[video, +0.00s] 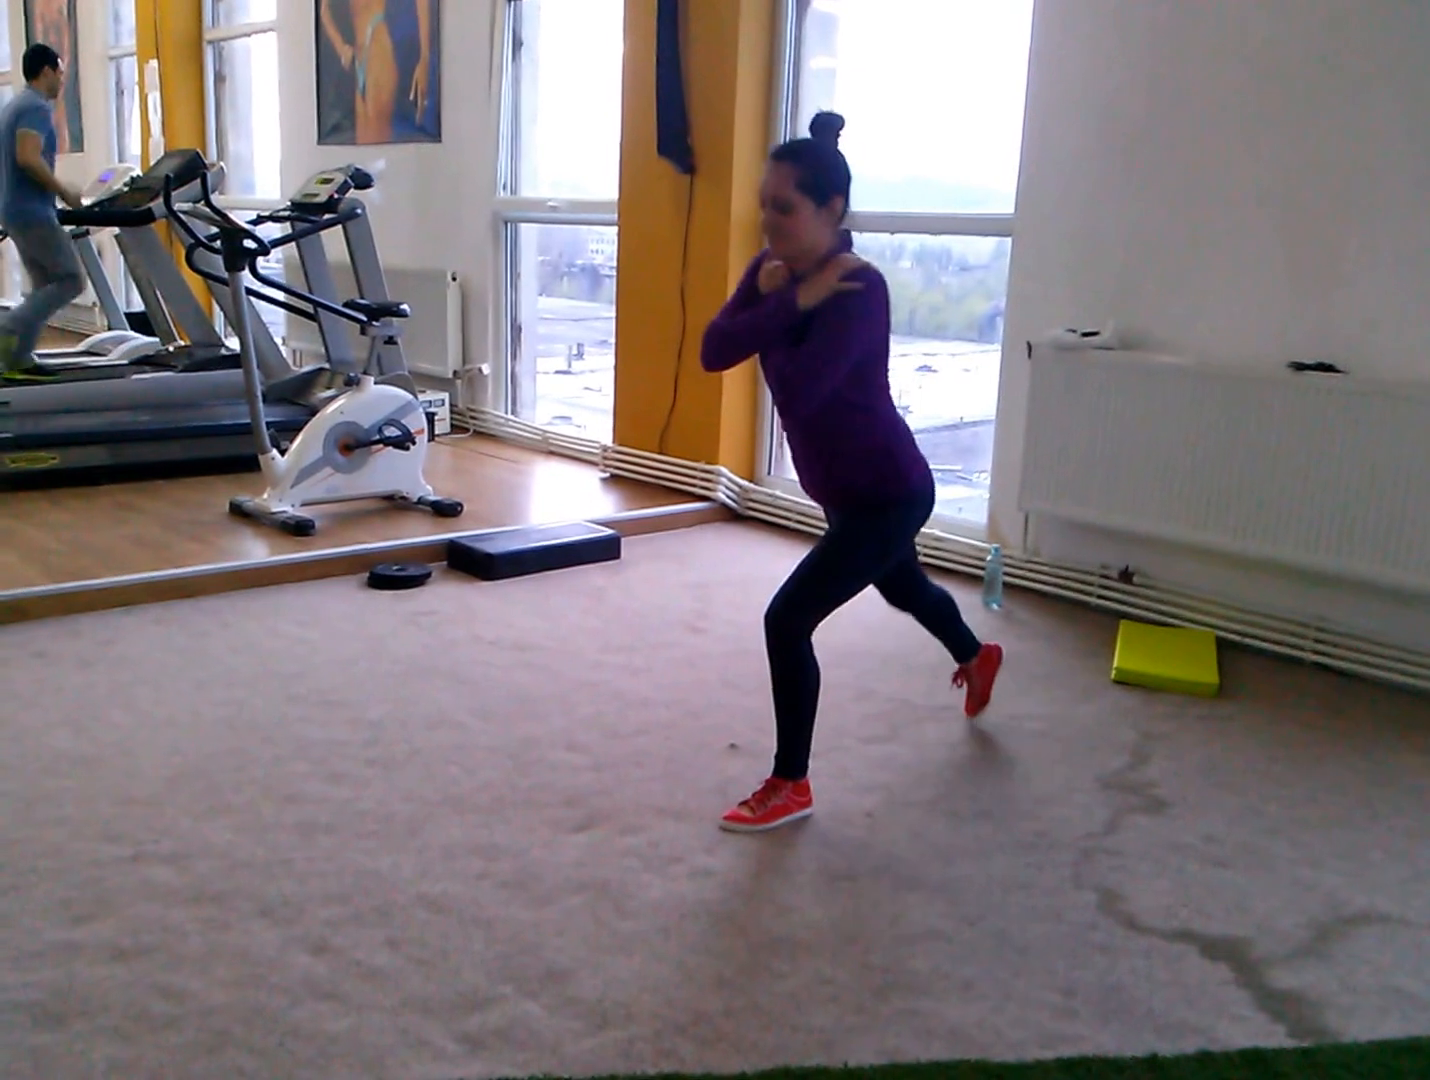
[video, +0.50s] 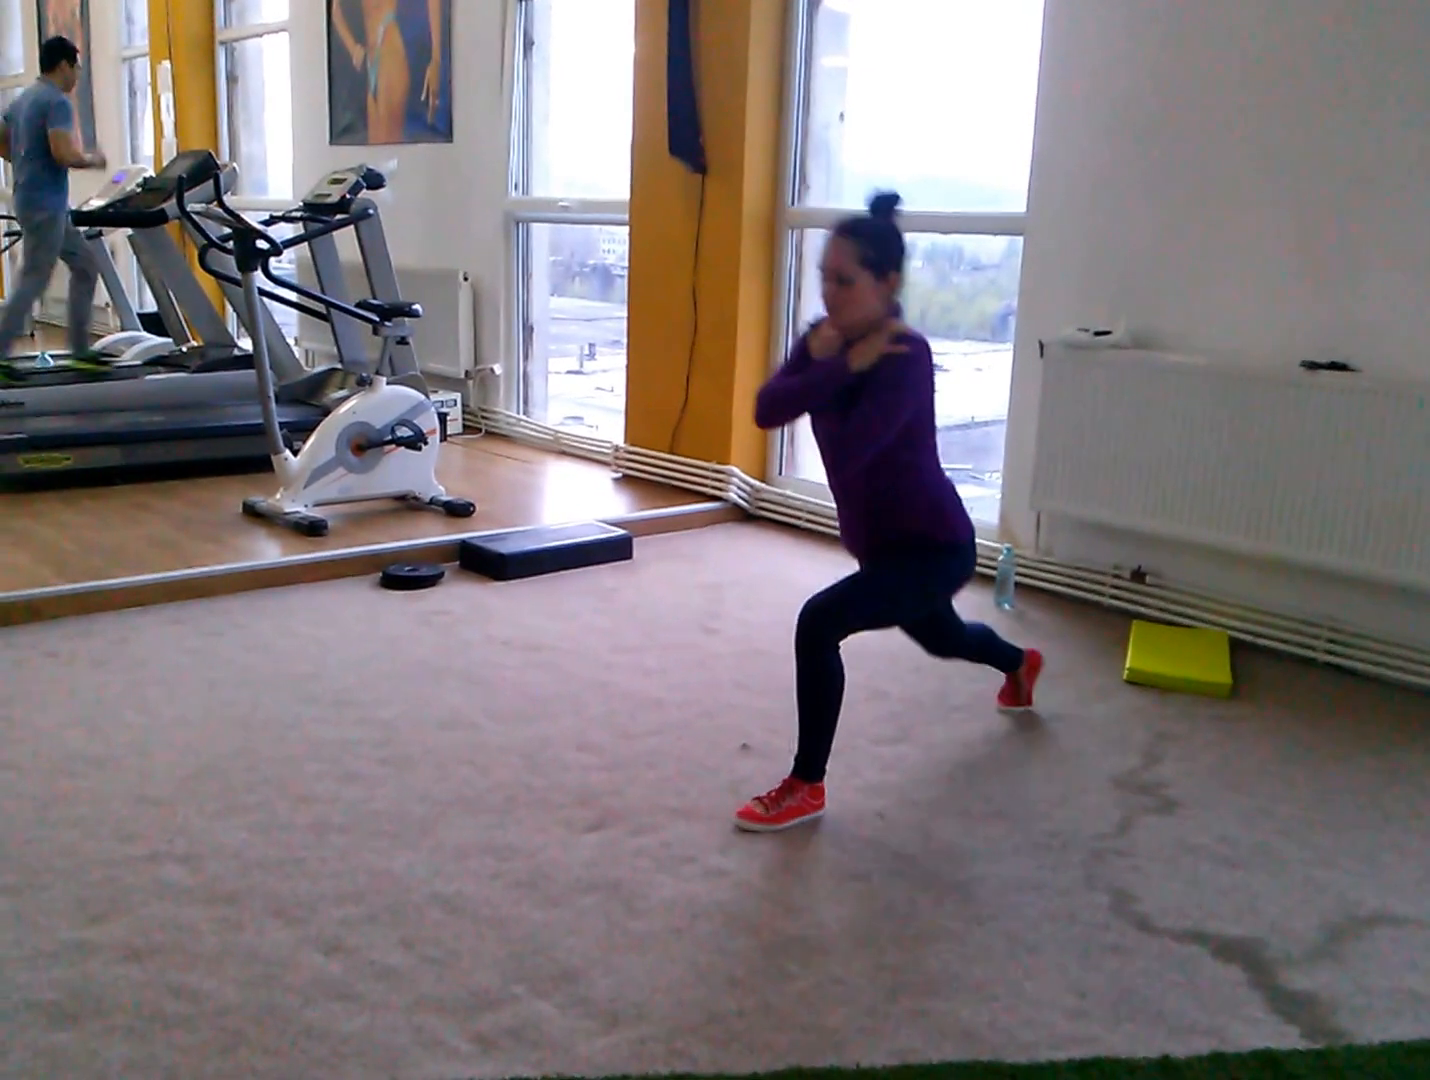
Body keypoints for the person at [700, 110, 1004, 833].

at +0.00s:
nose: (767, 220)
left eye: (782, 208)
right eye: (764, 205)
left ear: (834, 214)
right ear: (761, 207)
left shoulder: (860, 290)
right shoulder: (766, 274)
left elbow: (805, 388)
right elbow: (713, 353)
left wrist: (768, 309)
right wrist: (799, 299)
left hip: (892, 497)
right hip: (842, 493)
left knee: (787, 621)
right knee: (908, 589)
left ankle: (790, 782)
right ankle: (975, 656)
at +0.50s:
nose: (830, 293)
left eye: (845, 280)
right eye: (825, 278)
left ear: (888, 285)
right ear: (821, 280)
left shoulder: (907, 358)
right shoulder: (819, 342)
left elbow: (853, 449)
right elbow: (766, 412)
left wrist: (815, 371)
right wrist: (845, 365)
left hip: (935, 551)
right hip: (879, 549)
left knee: (818, 622)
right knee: (946, 638)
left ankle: (806, 785)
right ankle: (1020, 662)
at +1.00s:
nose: (932, 318)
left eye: (949, 311)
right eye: (931, 305)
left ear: (989, 327)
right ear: (926, 306)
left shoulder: (980, 399)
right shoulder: (908, 365)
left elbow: (898, 457)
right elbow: (836, 398)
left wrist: (894, 383)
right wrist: (930, 377)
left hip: (938, 589)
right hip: (885, 577)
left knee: (819, 623)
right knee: (945, 677)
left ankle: (818, 789)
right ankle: (1040, 666)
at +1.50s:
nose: (920, 353)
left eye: (937, 344)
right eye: (919, 340)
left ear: (979, 359)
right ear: (914, 342)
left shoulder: (982, 428)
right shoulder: (908, 404)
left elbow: (902, 485)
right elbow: (838, 443)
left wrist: (897, 425)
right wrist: (914, 412)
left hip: (949, 617)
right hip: (889, 608)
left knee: (837, 628)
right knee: (950, 709)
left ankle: (826, 795)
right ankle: (1044, 674)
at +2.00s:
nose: (814, 283)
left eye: (830, 270)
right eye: (812, 267)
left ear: (872, 280)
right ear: (809, 271)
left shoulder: (887, 354)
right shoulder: (810, 346)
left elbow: (838, 452)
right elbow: (750, 419)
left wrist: (806, 377)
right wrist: (801, 364)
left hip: (947, 544)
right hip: (902, 544)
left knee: (828, 642)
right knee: (954, 639)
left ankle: (837, 803)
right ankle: (1029, 679)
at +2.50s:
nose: (790, 147)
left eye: (809, 135)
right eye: (790, 133)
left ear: (859, 152)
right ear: (796, 146)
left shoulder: (871, 238)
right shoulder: (793, 236)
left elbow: (790, 323)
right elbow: (710, 287)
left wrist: (768, 252)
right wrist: (798, 237)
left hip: (854, 492)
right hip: (785, 484)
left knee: (804, 661)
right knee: (713, 628)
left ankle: (850, 808)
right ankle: (730, 787)